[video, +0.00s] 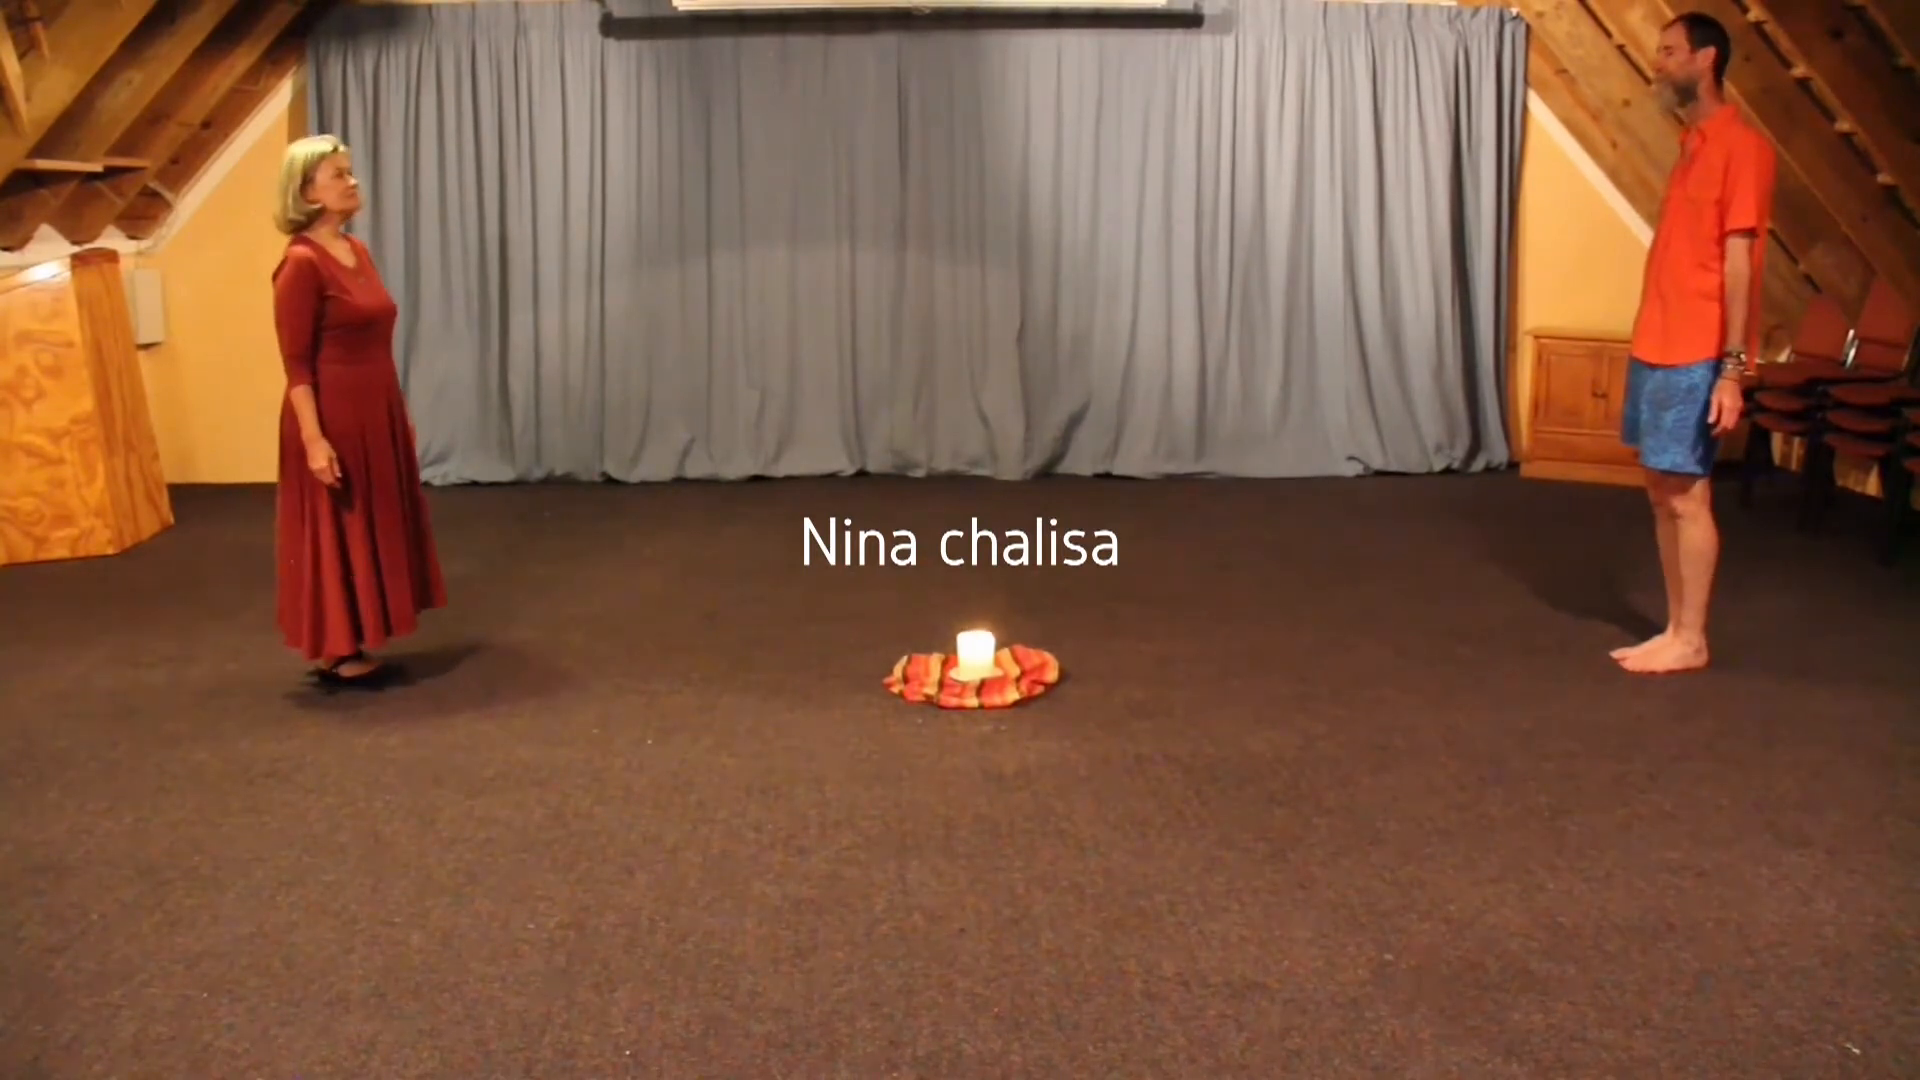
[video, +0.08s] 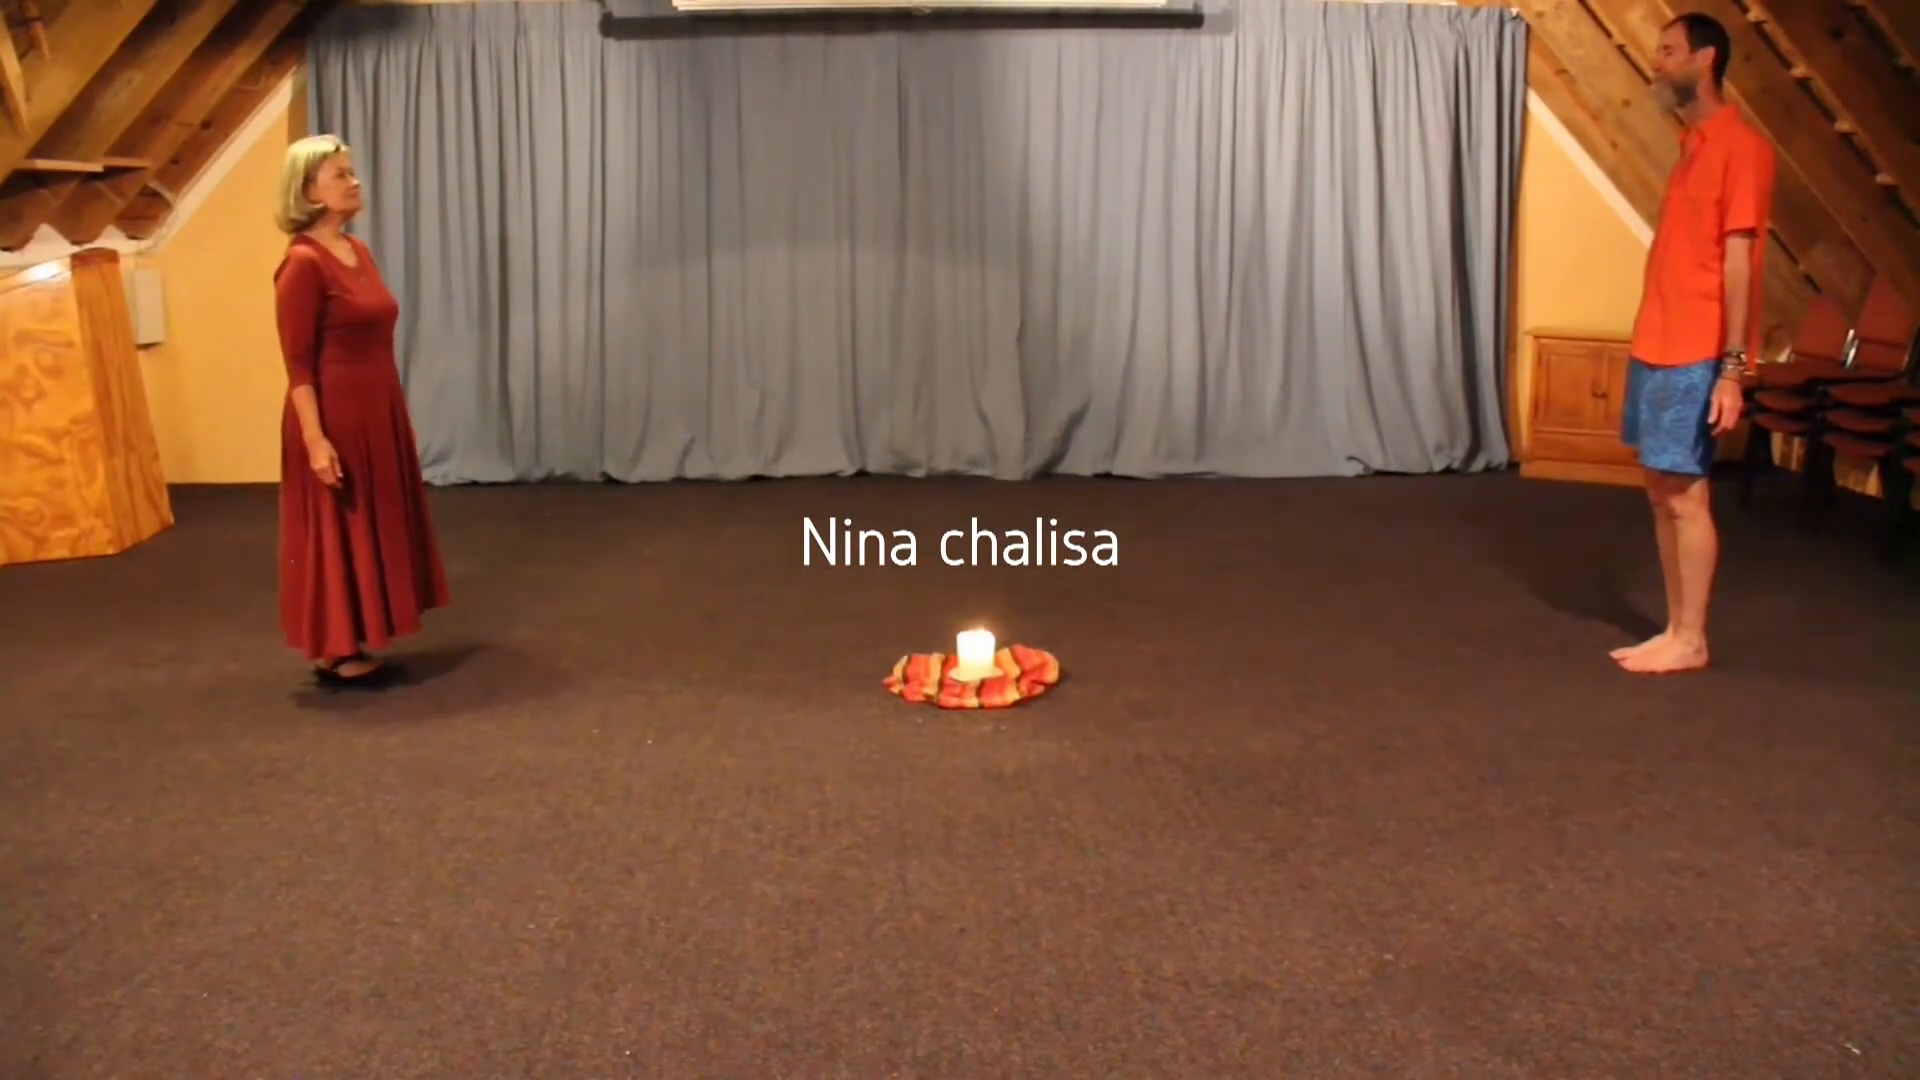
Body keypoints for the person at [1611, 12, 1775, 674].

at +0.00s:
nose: (1657, 63)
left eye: (1669, 51)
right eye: (1657, 51)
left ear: (1707, 58)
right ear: (1694, 60)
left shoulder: (1742, 143)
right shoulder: (1697, 141)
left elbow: (1740, 257)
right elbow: (1696, 253)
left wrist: (1733, 366)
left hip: (1695, 355)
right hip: (1658, 349)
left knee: (1686, 497)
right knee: (1662, 492)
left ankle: (1692, 639)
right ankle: (1677, 630)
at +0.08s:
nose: (1656, 63)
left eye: (1668, 51)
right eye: (1657, 51)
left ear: (1707, 59)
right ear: (1694, 60)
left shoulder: (1741, 143)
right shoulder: (1697, 142)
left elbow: (1740, 257)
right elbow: (1697, 253)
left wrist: (1732, 365)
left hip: (1695, 354)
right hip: (1659, 348)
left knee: (1685, 496)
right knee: (1662, 491)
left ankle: (1692, 639)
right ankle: (1677, 630)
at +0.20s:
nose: (1655, 63)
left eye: (1667, 51)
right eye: (1656, 51)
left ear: (1706, 59)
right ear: (1695, 60)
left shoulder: (1741, 143)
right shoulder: (1697, 142)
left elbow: (1739, 258)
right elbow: (1697, 253)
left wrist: (1732, 365)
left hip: (1695, 354)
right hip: (1659, 348)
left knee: (1684, 496)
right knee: (1661, 491)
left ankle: (1692, 639)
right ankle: (1677, 630)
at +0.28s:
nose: (1655, 61)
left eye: (1667, 49)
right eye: (1656, 49)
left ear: (1705, 58)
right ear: (1693, 60)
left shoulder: (1739, 142)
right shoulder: (1697, 141)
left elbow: (1738, 258)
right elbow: (1698, 254)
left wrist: (1731, 365)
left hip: (1694, 354)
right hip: (1659, 349)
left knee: (1685, 496)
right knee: (1662, 491)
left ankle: (1691, 639)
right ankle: (1677, 630)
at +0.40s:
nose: (1654, 61)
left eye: (1665, 49)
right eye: (1655, 49)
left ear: (1704, 58)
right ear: (1694, 59)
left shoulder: (1737, 142)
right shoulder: (1696, 141)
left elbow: (1735, 257)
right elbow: (1697, 254)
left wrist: (1728, 364)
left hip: (1694, 355)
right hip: (1659, 349)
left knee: (1686, 496)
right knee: (1663, 492)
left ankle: (1691, 639)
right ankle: (1677, 630)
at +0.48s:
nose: (1653, 60)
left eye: (1665, 48)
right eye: (1655, 48)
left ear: (1703, 58)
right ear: (1693, 59)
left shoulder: (1736, 141)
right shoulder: (1696, 140)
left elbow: (1733, 256)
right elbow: (1698, 253)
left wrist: (1726, 365)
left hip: (1693, 356)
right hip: (1659, 349)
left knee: (1687, 496)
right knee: (1663, 492)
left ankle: (1691, 639)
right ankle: (1677, 630)